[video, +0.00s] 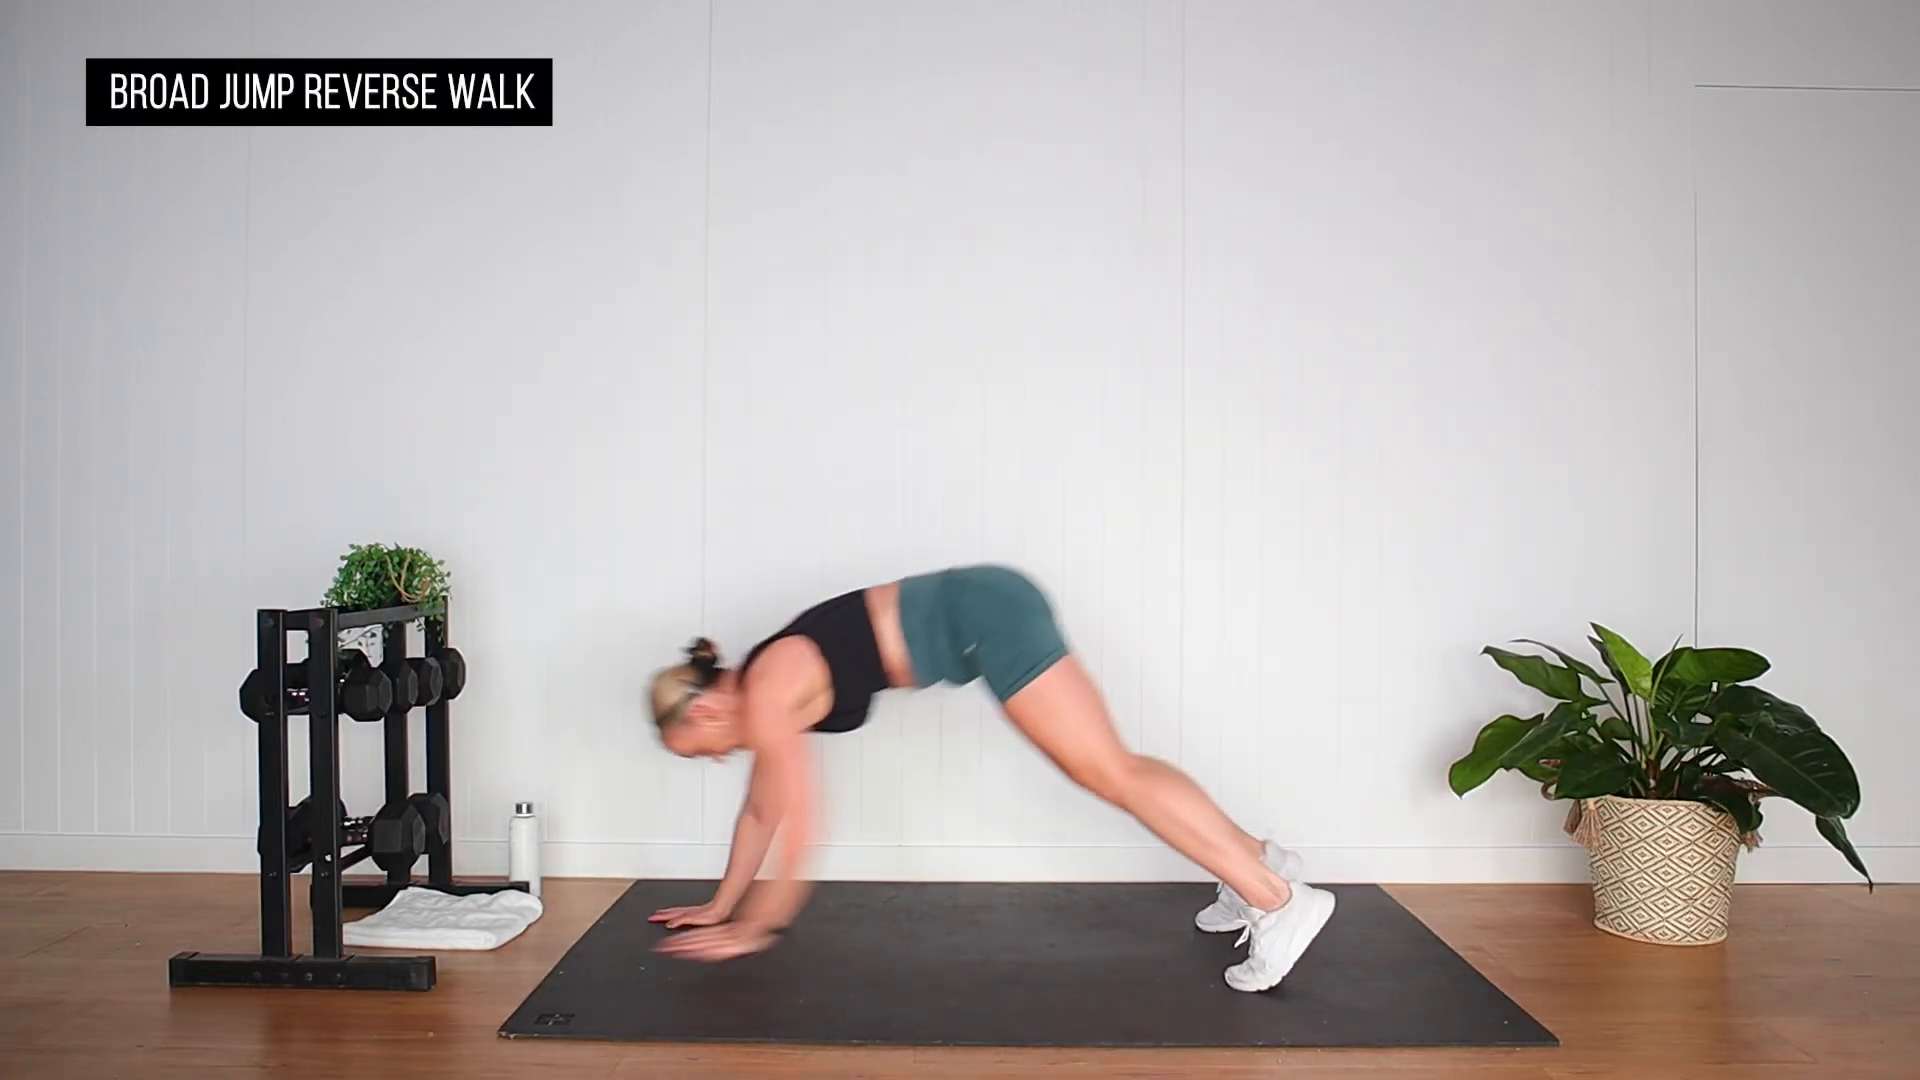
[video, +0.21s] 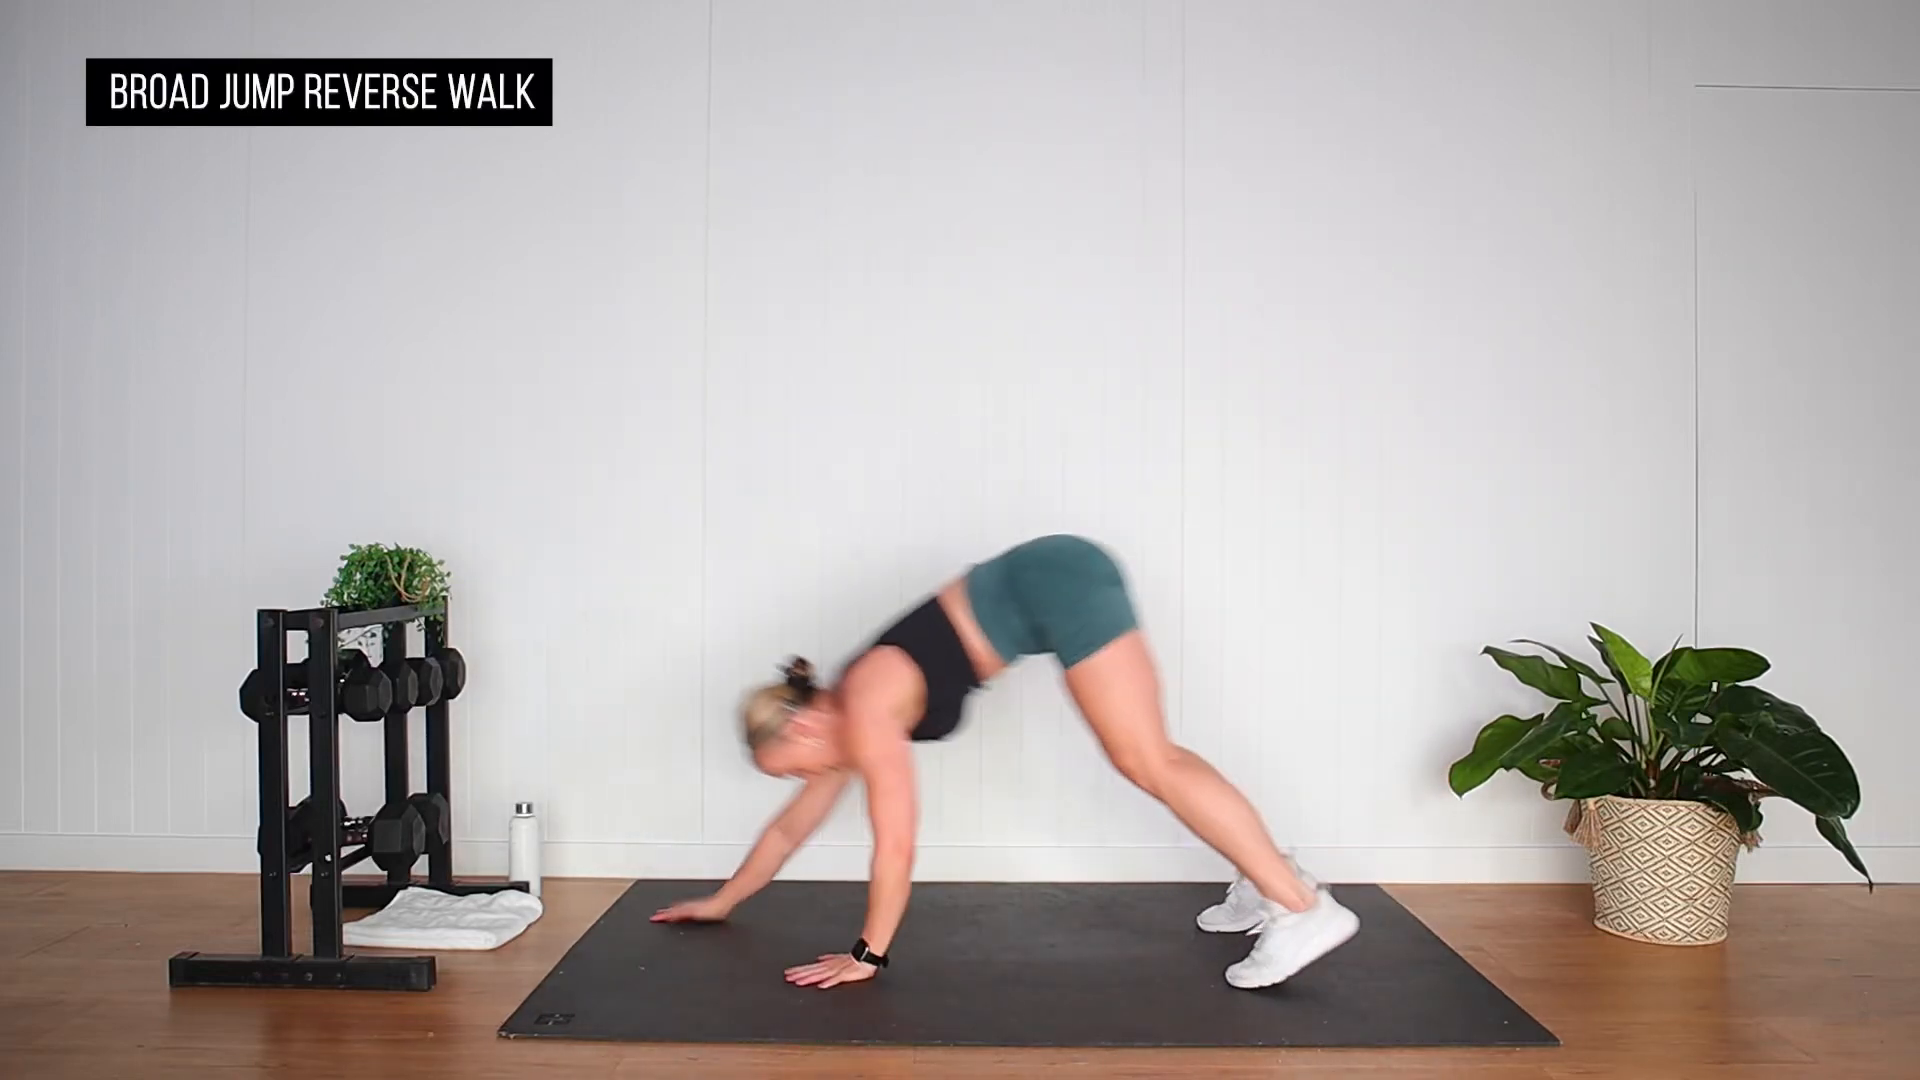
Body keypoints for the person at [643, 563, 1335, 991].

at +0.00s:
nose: (708, 761)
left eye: (695, 748)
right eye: (693, 754)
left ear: (707, 708)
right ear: (709, 698)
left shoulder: (771, 694)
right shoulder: (763, 685)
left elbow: (799, 828)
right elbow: (759, 809)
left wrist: (761, 926)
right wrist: (724, 904)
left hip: (987, 614)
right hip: (984, 613)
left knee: (1109, 774)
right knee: (1111, 766)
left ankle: (1278, 901)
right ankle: (1258, 869)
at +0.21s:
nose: (802, 774)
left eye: (790, 764)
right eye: (789, 771)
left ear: (804, 724)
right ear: (805, 715)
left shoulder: (874, 708)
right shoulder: (851, 703)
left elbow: (895, 838)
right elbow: (798, 822)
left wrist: (869, 954)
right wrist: (724, 903)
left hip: (1058, 582)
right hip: (1052, 585)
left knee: (1149, 761)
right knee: (1149, 756)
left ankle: (1300, 907)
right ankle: (1275, 881)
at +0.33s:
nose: (863, 785)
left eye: (850, 777)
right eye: (849, 784)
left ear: (855, 735)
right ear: (852, 730)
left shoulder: (914, 713)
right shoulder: (898, 702)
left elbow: (915, 844)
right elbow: (892, 810)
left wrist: (870, 956)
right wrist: (819, 883)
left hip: (1103, 582)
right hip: (1093, 580)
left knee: (1173, 767)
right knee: (1173, 760)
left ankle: (1314, 916)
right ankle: (1276, 876)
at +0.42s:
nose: (892, 786)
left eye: (881, 777)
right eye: (880, 783)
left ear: (881, 733)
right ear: (884, 727)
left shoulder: (938, 716)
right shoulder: (939, 703)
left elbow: (923, 853)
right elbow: (967, 807)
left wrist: (870, 958)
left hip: (1135, 574)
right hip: (1121, 575)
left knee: (1179, 768)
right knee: (1177, 761)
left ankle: (1321, 921)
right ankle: (1274, 878)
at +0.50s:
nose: (919, 784)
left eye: (906, 774)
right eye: (907, 781)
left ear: (914, 734)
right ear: (917, 729)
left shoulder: (972, 717)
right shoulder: (989, 711)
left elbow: (937, 854)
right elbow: (1038, 795)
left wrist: (871, 956)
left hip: (1165, 568)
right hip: (1151, 570)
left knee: (1187, 768)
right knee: (1188, 759)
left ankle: (1323, 924)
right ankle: (1278, 879)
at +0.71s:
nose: (996, 780)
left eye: (989, 769)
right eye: (985, 773)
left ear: (1007, 733)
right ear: (1009, 724)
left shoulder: (1060, 731)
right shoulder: (1052, 703)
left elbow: (1018, 865)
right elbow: (1078, 821)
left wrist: (934, 946)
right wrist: (1043, 914)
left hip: (1271, 591)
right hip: (1233, 585)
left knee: (1211, 767)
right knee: (1189, 744)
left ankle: (1330, 935)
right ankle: (1282, 884)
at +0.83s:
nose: (1021, 752)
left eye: (1011, 740)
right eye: (1009, 745)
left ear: (1034, 707)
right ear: (1036, 701)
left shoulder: (1096, 712)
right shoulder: (1078, 692)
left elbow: (1130, 855)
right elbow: (1077, 818)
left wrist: (1067, 938)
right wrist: (1041, 913)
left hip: (1318, 616)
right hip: (1291, 609)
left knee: (1215, 767)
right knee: (1204, 753)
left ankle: (1330, 936)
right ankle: (1284, 889)